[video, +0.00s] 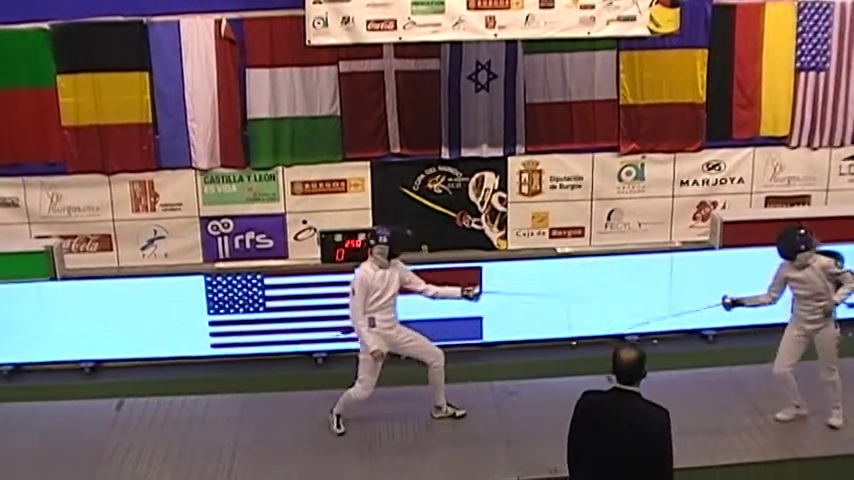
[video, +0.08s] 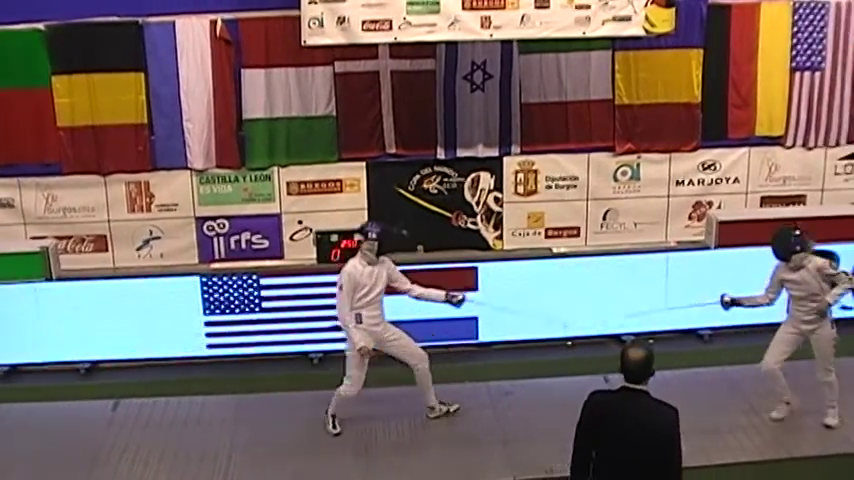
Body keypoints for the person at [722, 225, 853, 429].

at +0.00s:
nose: (792, 261)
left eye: (793, 256)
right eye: (789, 257)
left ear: (802, 251)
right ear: (788, 255)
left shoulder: (824, 265)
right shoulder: (785, 269)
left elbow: (849, 281)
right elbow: (770, 297)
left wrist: (835, 300)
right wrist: (738, 302)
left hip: (825, 326)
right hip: (798, 326)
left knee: (829, 374)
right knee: (781, 369)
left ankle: (836, 412)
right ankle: (797, 407)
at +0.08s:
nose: (794, 261)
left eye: (796, 256)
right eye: (792, 257)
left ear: (800, 252)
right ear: (786, 257)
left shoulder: (818, 265)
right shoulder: (781, 271)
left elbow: (845, 282)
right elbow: (768, 298)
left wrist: (827, 301)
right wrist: (736, 302)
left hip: (821, 326)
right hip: (793, 325)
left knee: (826, 374)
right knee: (769, 365)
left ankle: (832, 411)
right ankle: (785, 403)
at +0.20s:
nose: (788, 254)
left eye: (788, 249)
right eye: (783, 251)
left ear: (787, 248)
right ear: (773, 254)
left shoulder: (805, 261)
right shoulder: (769, 269)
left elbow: (834, 276)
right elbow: (756, 296)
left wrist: (817, 296)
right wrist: (725, 299)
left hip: (808, 322)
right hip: (781, 321)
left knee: (816, 367)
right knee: (751, 363)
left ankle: (824, 409)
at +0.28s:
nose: (770, 262)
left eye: (772, 257)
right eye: (767, 258)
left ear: (777, 252)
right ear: (760, 257)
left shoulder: (794, 264)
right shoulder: (757, 271)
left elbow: (822, 281)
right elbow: (741, 298)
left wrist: (806, 298)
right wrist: (709, 298)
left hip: (799, 324)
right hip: (772, 323)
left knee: (811, 367)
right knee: (740, 364)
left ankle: (821, 410)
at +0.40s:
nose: (746, 270)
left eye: (748, 264)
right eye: (743, 266)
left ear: (756, 259)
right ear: (738, 265)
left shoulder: (772, 271)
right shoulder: (735, 278)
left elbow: (803, 286)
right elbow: (713, 302)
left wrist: (783, 307)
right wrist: (680, 303)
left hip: (779, 330)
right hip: (751, 330)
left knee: (797, 370)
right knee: (717, 370)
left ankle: (815, 410)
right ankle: (698, 414)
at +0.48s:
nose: (730, 268)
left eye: (731, 263)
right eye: (727, 264)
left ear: (736, 259)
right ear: (723, 264)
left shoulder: (755, 271)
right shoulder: (719, 278)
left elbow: (784, 285)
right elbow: (697, 301)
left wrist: (767, 305)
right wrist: (664, 302)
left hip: (763, 330)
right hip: (735, 329)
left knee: (785, 373)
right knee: (703, 370)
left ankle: (810, 406)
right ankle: (693, 418)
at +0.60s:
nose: (710, 265)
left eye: (711, 260)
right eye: (706, 262)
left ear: (719, 254)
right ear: (703, 260)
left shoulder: (736, 264)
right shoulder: (702, 272)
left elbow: (769, 277)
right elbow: (678, 296)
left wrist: (751, 295)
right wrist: (645, 295)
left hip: (752, 322)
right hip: (725, 324)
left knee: (766, 371)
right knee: (698, 368)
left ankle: (785, 407)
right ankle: (688, 415)